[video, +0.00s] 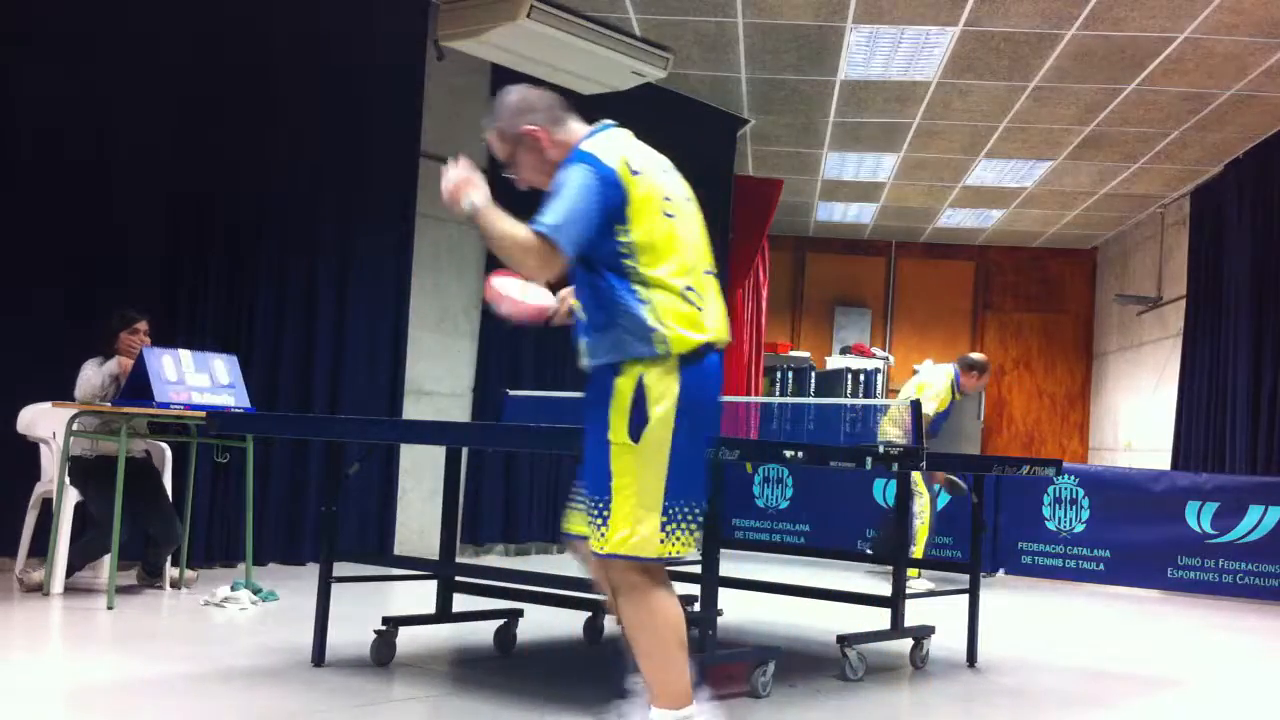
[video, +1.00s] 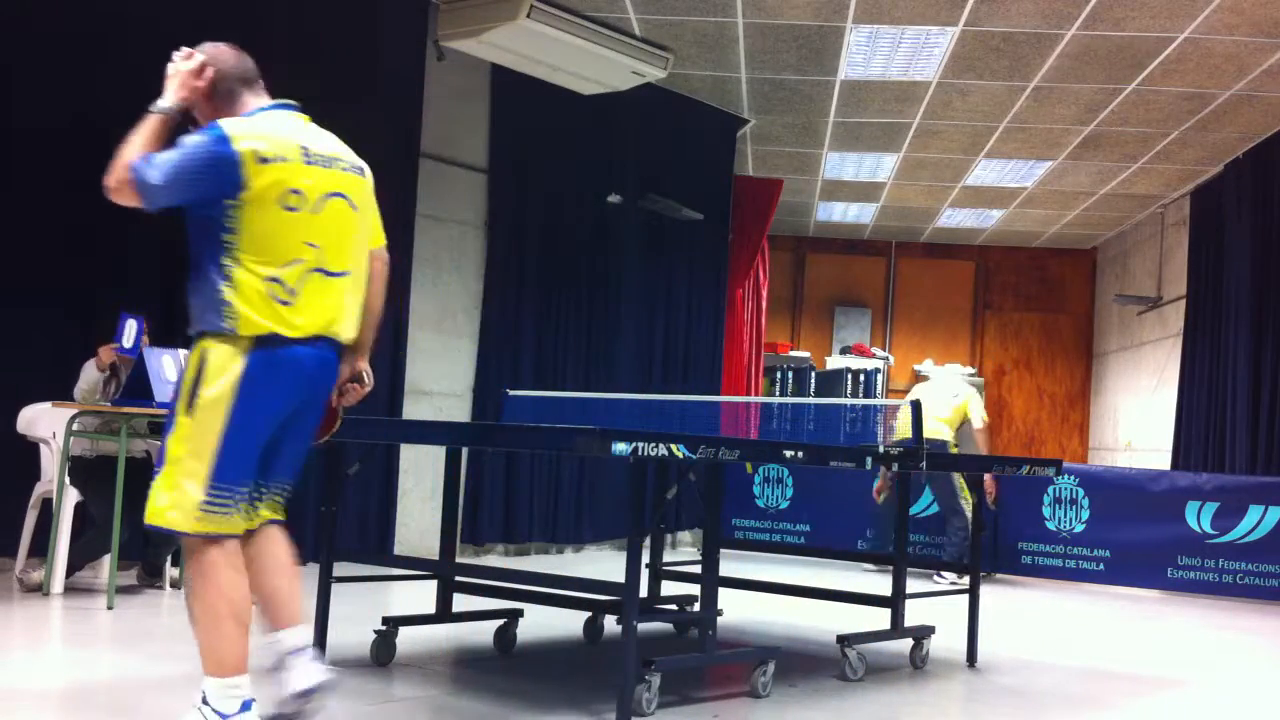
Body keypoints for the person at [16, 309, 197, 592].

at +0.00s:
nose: (140, 339)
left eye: (145, 334)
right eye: (133, 333)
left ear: (149, 340)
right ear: (116, 336)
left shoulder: (152, 371)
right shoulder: (96, 367)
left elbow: (172, 398)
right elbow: (84, 394)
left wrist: (152, 367)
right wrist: (116, 368)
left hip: (134, 458)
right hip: (91, 458)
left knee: (170, 531)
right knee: (111, 530)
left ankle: (152, 571)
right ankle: (53, 573)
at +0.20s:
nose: (139, 339)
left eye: (144, 334)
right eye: (132, 332)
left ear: (149, 339)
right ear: (115, 336)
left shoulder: (153, 371)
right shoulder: (96, 367)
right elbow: (83, 394)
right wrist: (117, 367)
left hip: (134, 458)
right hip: (91, 457)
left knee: (169, 532)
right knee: (111, 530)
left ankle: (151, 572)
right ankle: (53, 573)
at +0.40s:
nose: (139, 338)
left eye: (144, 333)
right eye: (131, 332)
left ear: (148, 338)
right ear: (112, 336)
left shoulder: (153, 369)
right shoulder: (97, 366)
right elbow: (83, 394)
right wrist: (112, 364)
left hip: (134, 457)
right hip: (91, 457)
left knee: (170, 532)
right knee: (112, 530)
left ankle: (152, 571)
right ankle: (53, 573)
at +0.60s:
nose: (138, 339)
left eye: (142, 333)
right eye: (130, 333)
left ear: (147, 336)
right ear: (114, 334)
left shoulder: (151, 367)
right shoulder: (103, 365)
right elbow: (82, 396)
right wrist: (99, 354)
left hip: (134, 457)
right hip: (91, 457)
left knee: (169, 531)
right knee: (113, 529)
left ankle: (152, 572)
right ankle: (52, 573)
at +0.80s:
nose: (138, 339)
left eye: (142, 333)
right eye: (130, 332)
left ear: (147, 337)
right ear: (112, 335)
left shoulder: (150, 367)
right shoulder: (100, 365)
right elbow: (83, 397)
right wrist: (92, 358)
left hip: (134, 457)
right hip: (91, 457)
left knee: (169, 531)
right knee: (112, 529)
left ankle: (152, 571)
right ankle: (53, 573)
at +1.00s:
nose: (138, 341)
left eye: (143, 335)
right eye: (132, 335)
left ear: (149, 340)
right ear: (118, 338)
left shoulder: (155, 370)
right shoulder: (100, 368)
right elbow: (83, 400)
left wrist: (147, 358)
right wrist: (98, 368)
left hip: (136, 457)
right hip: (92, 456)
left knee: (170, 515)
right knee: (113, 525)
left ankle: (153, 570)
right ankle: (52, 573)